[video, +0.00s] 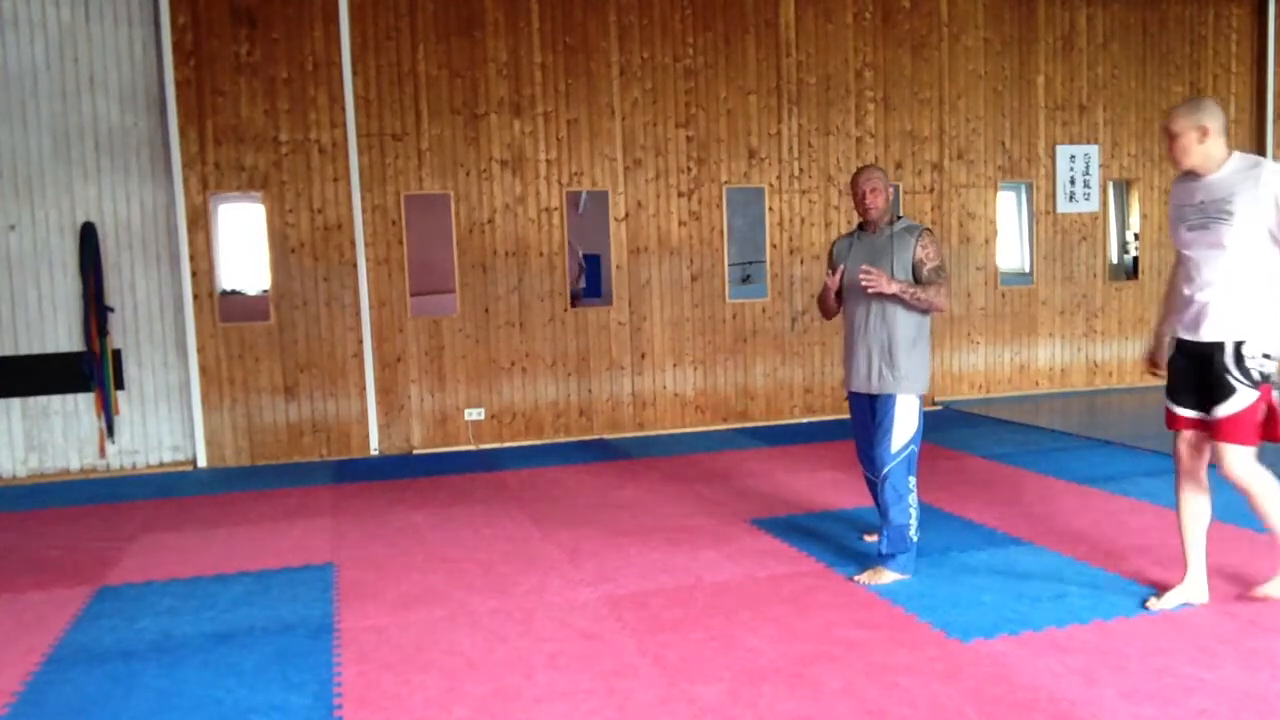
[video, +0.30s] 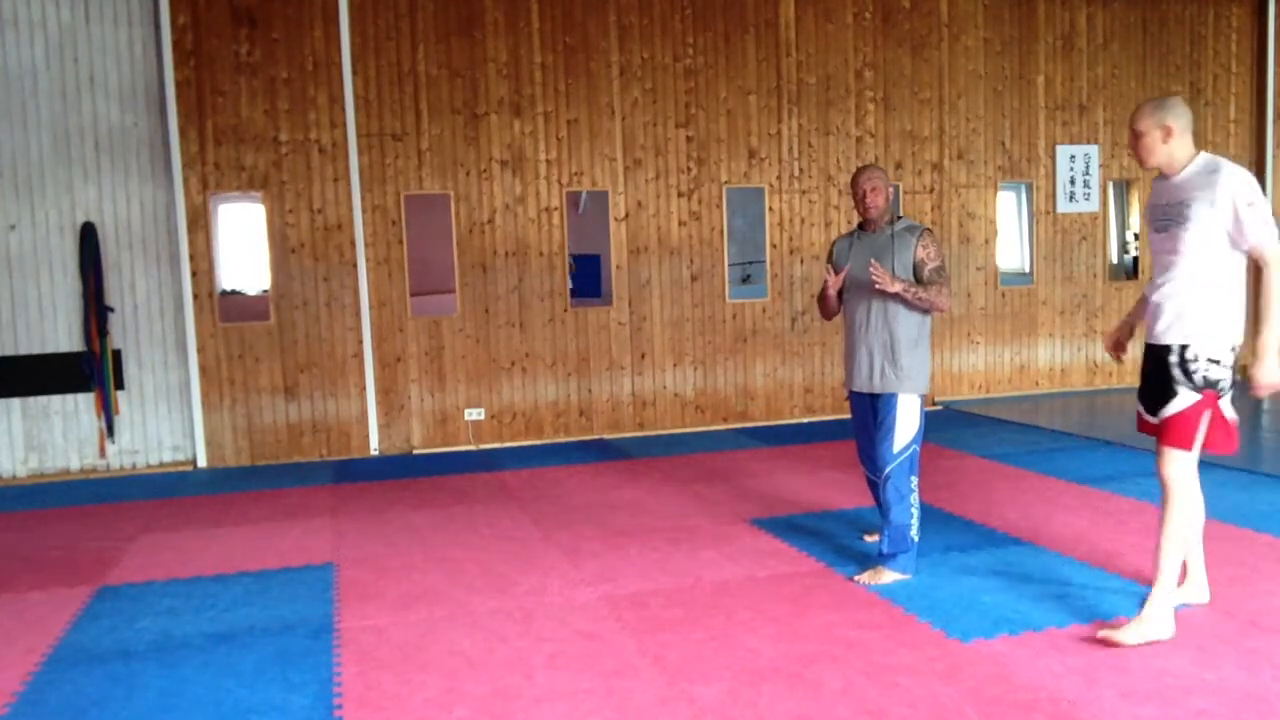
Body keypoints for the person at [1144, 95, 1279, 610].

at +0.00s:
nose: (1169, 148)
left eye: (1175, 138)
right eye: (1168, 139)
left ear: (1207, 135)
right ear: (1189, 138)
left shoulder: (1265, 178)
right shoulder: (1181, 191)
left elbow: (1278, 258)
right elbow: (1184, 268)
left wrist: (1276, 344)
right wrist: (1161, 335)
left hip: (1246, 342)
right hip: (1190, 341)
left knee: (1235, 460)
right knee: (1189, 456)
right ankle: (1195, 580)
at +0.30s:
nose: (1132, 148)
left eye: (1138, 138)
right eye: (1132, 138)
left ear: (1171, 134)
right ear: (1163, 136)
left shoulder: (1230, 181)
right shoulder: (1158, 193)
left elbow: (1270, 261)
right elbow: (1167, 275)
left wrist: (1265, 348)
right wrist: (1129, 323)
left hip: (1203, 344)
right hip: (1162, 341)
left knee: (1174, 466)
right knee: (1179, 466)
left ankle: (1158, 609)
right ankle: (1195, 578)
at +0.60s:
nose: (1111, 141)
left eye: (1114, 130)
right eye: (1112, 131)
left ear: (1139, 126)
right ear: (1148, 125)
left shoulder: (1193, 174)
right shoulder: (1161, 180)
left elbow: (1223, 273)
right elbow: (1162, 267)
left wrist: (1184, 367)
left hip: (1169, 352)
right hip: (1146, 347)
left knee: (1151, 474)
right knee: (1154, 463)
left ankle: (1157, 624)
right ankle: (1189, 569)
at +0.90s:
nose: (1096, 134)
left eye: (1099, 122)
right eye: (1097, 123)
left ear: (1121, 120)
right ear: (1137, 118)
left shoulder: (1166, 168)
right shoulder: (1152, 170)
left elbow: (1191, 263)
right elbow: (1164, 266)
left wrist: (1141, 352)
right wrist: (1128, 343)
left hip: (1166, 349)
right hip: (1140, 344)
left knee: (1168, 477)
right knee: (1134, 465)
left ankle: (1162, 623)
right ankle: (1169, 594)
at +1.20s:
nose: (1089, 135)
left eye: (1092, 123)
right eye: (1089, 124)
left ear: (1117, 120)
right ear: (1126, 118)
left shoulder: (1164, 167)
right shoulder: (1153, 167)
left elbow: (1179, 270)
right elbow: (1165, 268)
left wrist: (1129, 352)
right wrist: (1121, 343)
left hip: (1156, 350)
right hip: (1148, 348)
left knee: (1160, 480)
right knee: (1158, 478)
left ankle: (1161, 625)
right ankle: (1170, 597)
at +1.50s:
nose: (1083, 135)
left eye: (1087, 123)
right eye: (1082, 125)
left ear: (1115, 119)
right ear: (1120, 118)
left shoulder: (1161, 169)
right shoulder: (1144, 170)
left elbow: (1178, 274)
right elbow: (1150, 271)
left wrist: (1157, 368)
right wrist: (1122, 352)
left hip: (1155, 355)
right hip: (1135, 352)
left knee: (1157, 481)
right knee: (1155, 479)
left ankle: (1161, 625)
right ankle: (1169, 598)